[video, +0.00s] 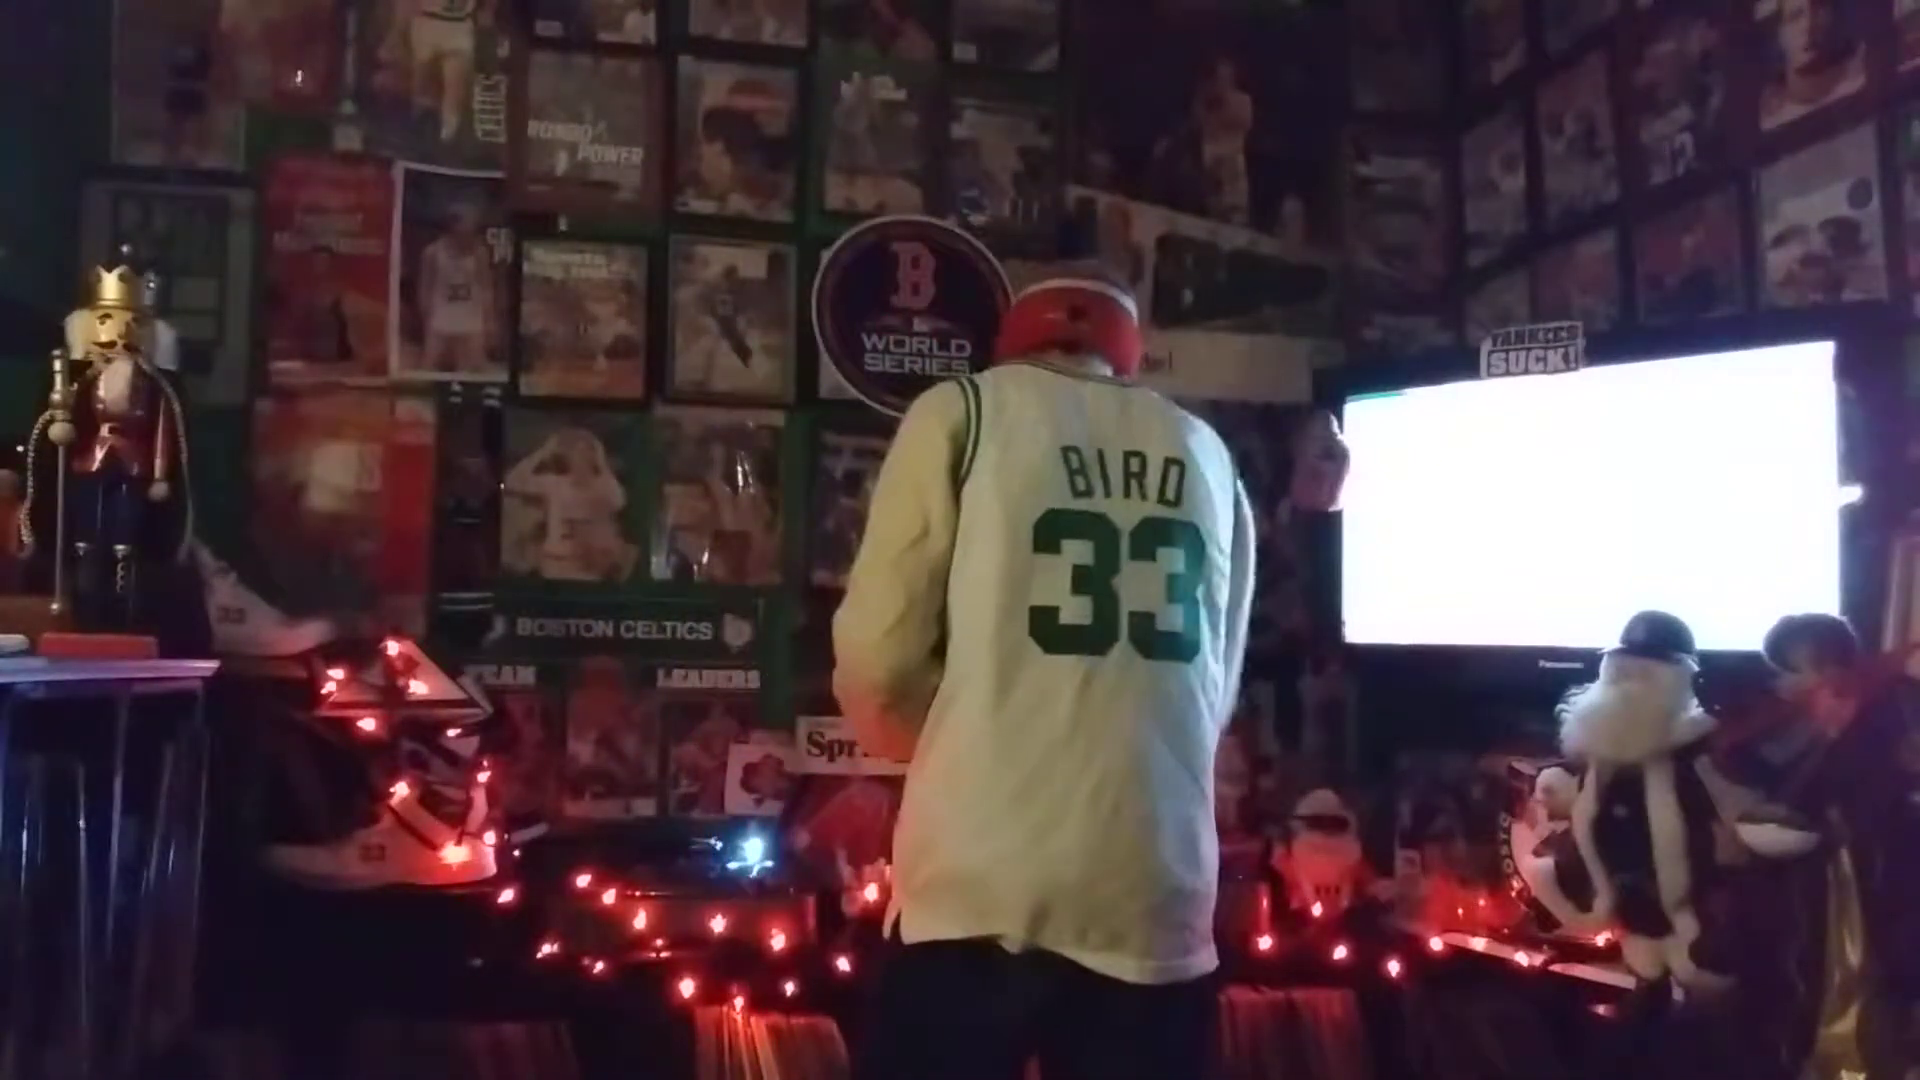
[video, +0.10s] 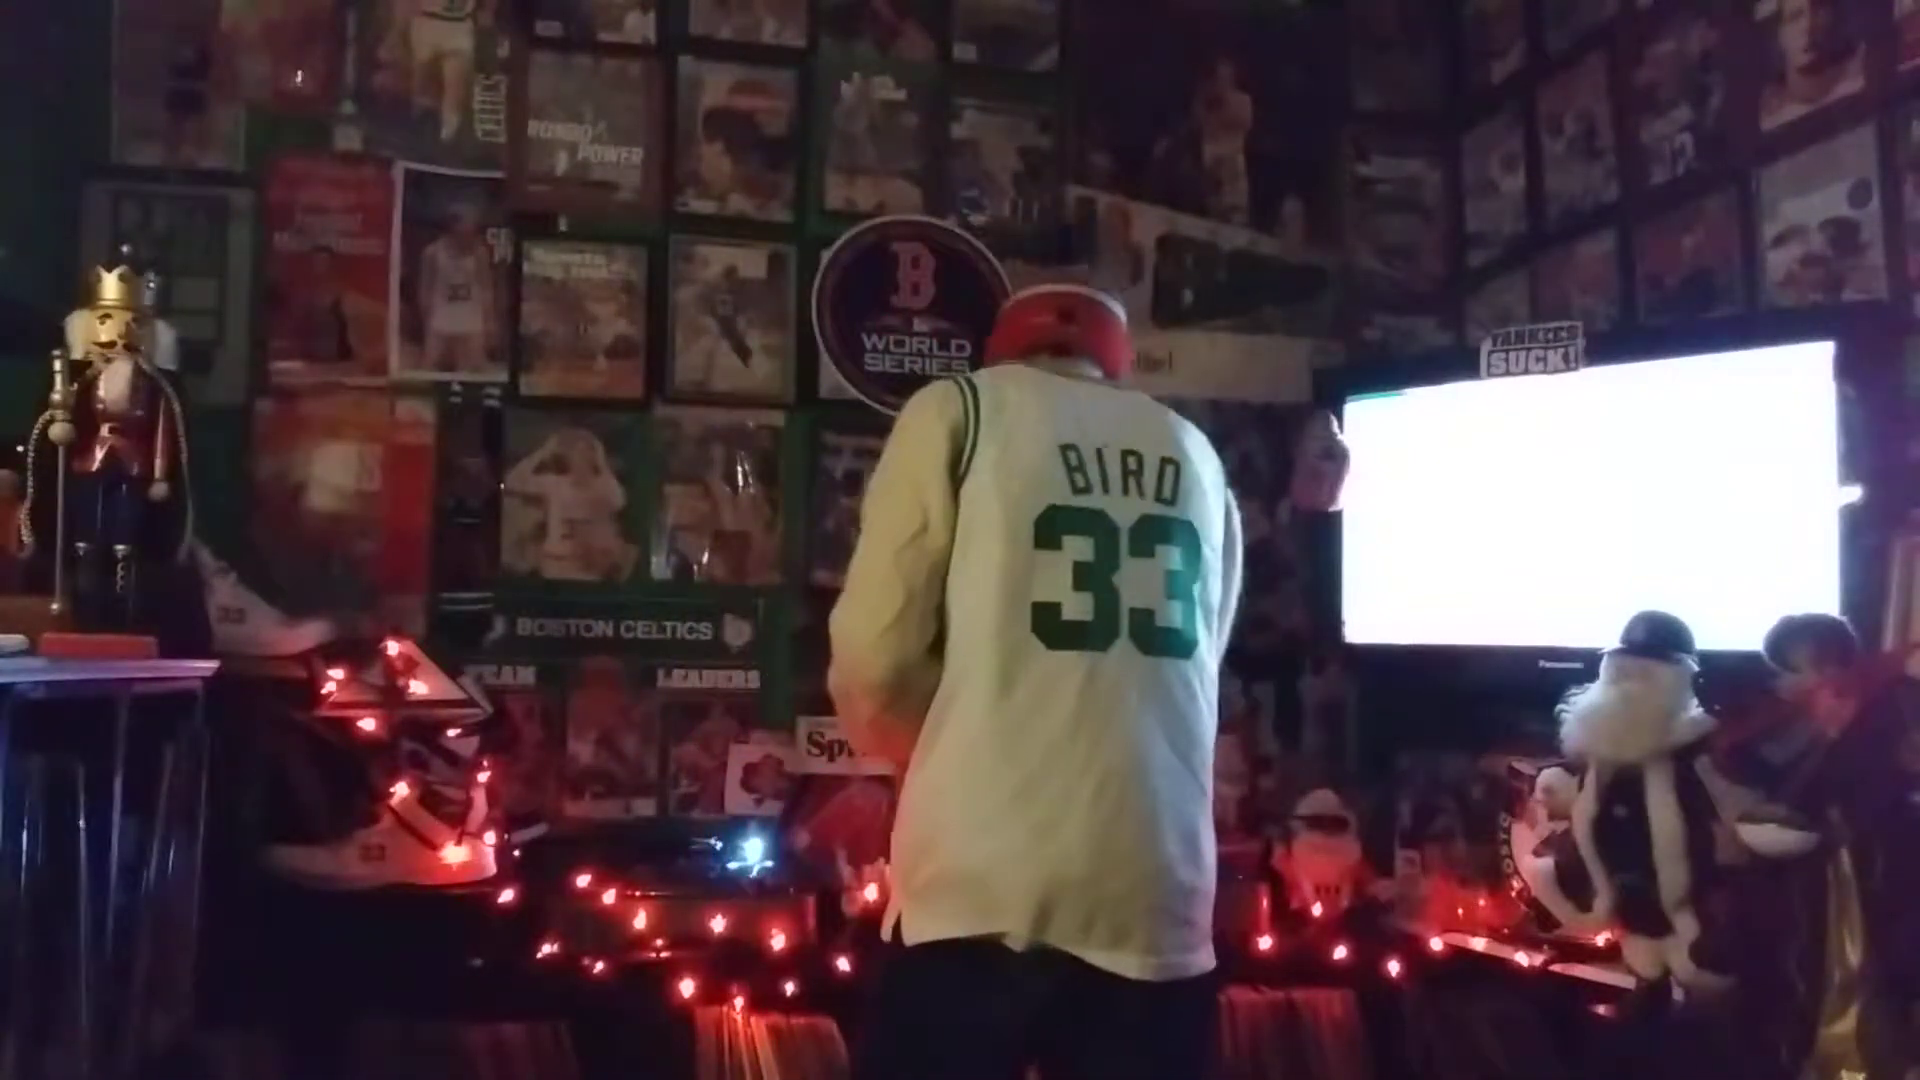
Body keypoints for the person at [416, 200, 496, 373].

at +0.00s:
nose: (465, 235)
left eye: (469, 230)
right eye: (461, 229)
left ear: (475, 229)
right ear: (452, 227)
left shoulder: (481, 252)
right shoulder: (433, 253)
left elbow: (488, 290)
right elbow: (425, 288)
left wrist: (490, 323)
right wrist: (427, 315)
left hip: (472, 328)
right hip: (440, 327)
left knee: (472, 379)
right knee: (433, 379)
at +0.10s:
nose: (466, 236)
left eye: (470, 231)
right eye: (462, 231)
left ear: (475, 231)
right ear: (452, 229)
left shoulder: (481, 252)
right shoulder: (433, 253)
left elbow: (487, 290)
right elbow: (425, 289)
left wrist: (490, 323)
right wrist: (428, 318)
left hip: (472, 329)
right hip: (440, 327)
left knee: (472, 379)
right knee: (434, 379)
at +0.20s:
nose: (465, 235)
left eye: (469, 230)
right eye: (461, 229)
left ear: (474, 230)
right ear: (452, 228)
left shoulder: (481, 252)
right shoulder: (433, 253)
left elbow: (487, 290)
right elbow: (425, 289)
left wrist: (490, 323)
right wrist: (428, 317)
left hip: (472, 328)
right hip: (440, 327)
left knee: (472, 378)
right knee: (434, 379)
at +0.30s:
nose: (466, 234)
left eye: (469, 229)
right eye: (462, 229)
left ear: (474, 229)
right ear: (452, 227)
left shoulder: (481, 252)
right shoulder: (433, 253)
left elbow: (487, 290)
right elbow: (425, 288)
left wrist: (490, 323)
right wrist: (427, 317)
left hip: (472, 328)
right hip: (440, 327)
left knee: (472, 379)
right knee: (434, 378)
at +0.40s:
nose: (469, 236)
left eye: (472, 231)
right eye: (464, 230)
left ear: (477, 231)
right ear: (455, 229)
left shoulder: (481, 254)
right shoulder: (433, 253)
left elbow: (488, 291)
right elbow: (425, 289)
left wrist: (490, 323)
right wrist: (427, 319)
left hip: (471, 330)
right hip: (439, 330)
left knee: (472, 383)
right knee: (433, 382)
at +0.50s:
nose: (469, 235)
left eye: (473, 230)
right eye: (465, 230)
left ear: (477, 230)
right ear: (455, 229)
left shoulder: (481, 254)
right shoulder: (433, 253)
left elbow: (488, 290)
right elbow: (425, 288)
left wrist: (490, 321)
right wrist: (427, 319)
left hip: (472, 329)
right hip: (440, 328)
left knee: (472, 381)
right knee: (433, 380)